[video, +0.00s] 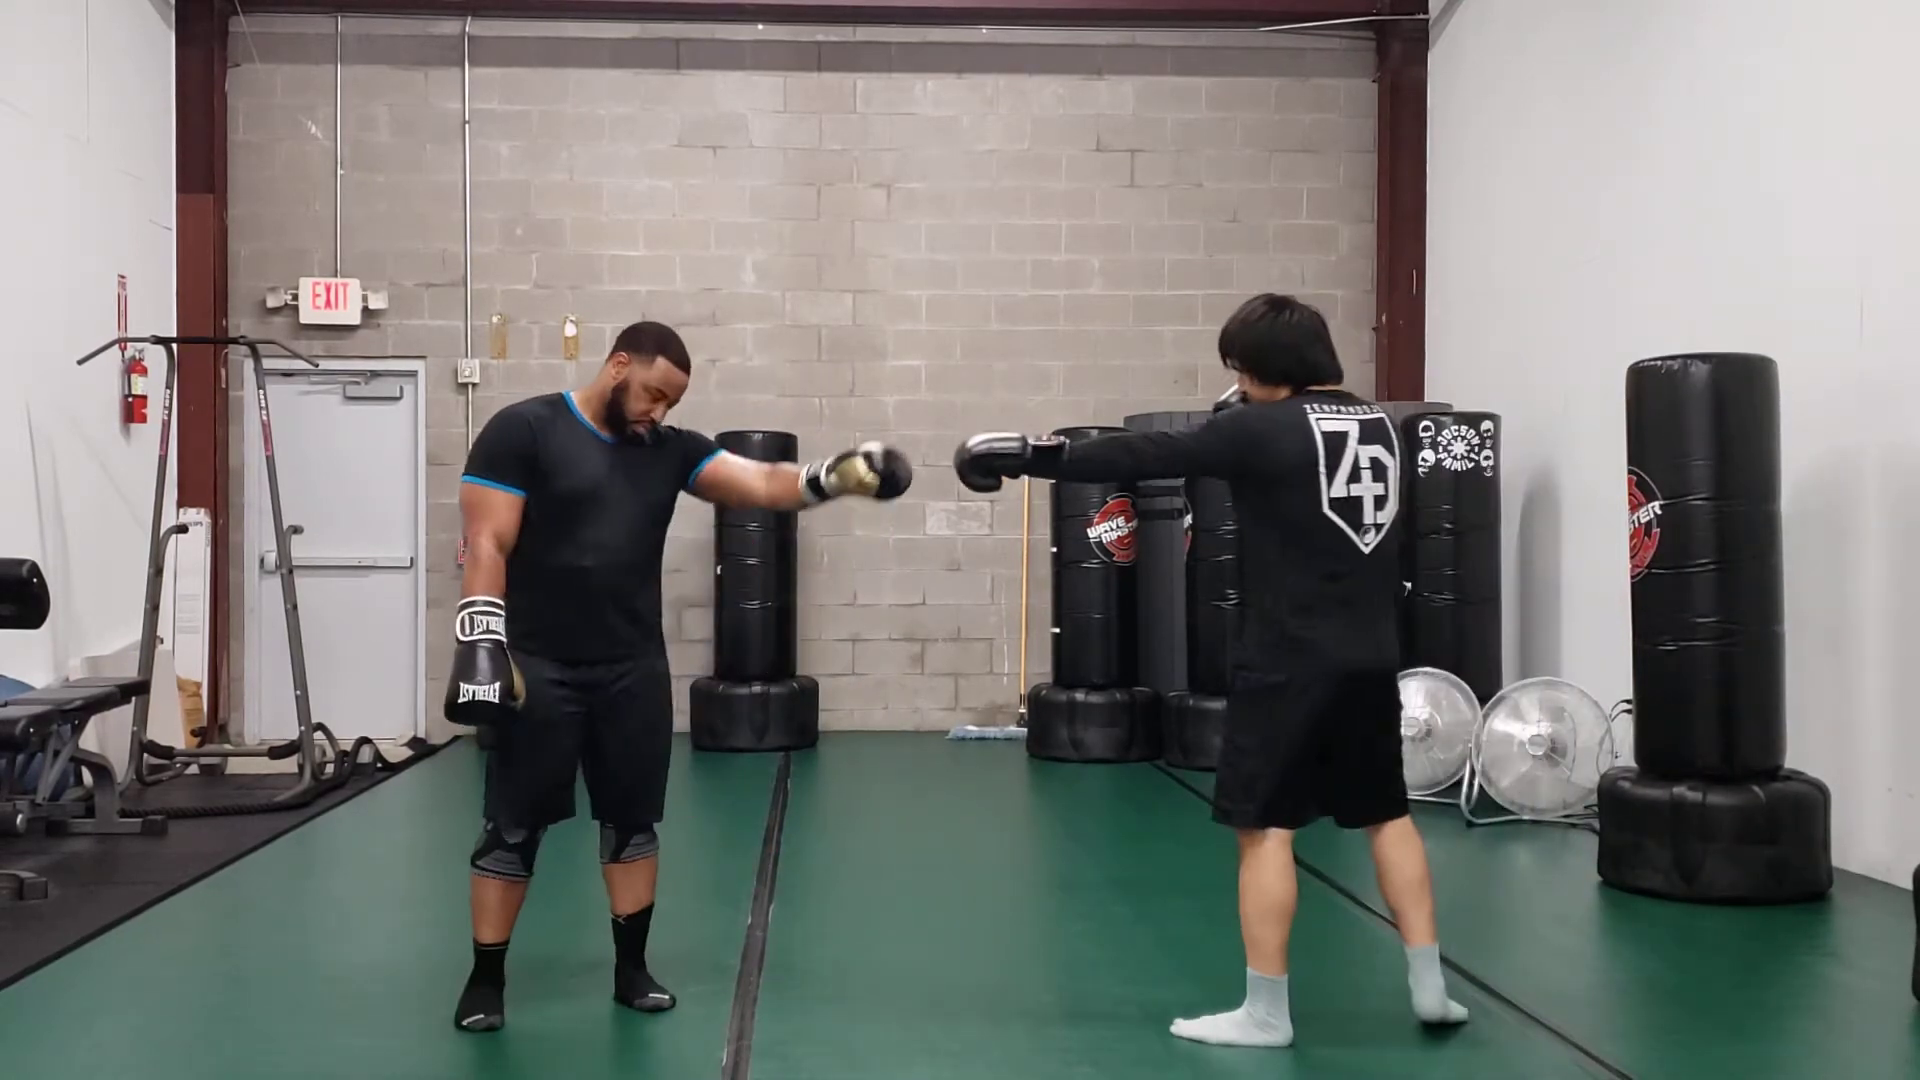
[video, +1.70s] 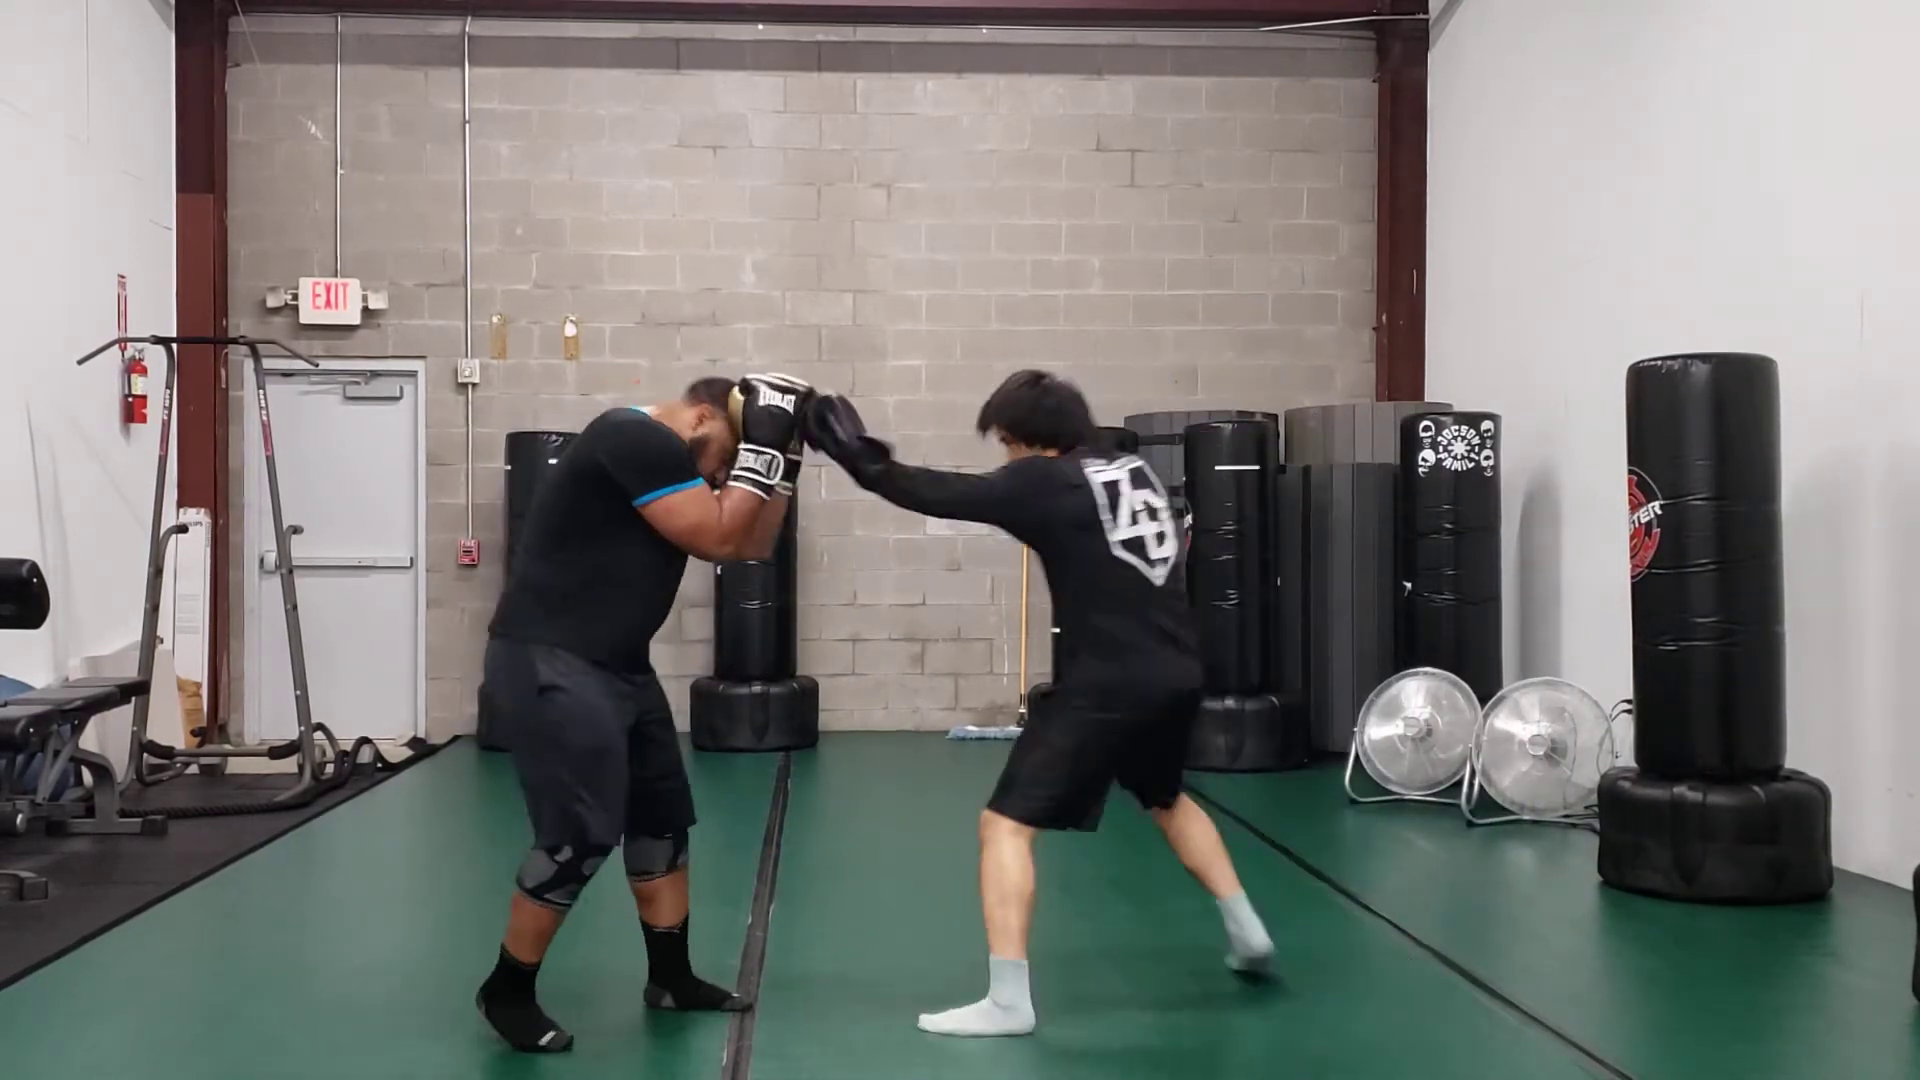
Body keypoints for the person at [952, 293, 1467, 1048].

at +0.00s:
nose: (1236, 385)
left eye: (1240, 372)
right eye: (1235, 372)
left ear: (1270, 371)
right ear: (1318, 363)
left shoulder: (1261, 430)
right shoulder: (1382, 426)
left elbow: (1154, 451)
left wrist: (1048, 456)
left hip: (1286, 667)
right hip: (1369, 663)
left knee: (1264, 828)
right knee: (1389, 814)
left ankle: (1265, 1013)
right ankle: (1430, 986)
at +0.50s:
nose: (1190, 403)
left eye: (1192, 388)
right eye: (1186, 389)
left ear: (1226, 378)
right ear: (1261, 370)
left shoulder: (1243, 439)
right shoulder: (1329, 426)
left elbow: (1192, 532)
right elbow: (1276, 525)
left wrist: (1093, 497)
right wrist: (1163, 514)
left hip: (1268, 664)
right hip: (1342, 655)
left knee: (1256, 828)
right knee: (1359, 808)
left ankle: (1265, 1013)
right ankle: (1405, 973)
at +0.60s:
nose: (1192, 414)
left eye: (1194, 398)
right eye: (1187, 400)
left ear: (1232, 388)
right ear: (1253, 381)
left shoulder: (1267, 445)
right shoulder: (1318, 426)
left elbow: (1277, 547)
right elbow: (1301, 535)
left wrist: (1179, 534)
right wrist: (1214, 503)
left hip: (1274, 669)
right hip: (1340, 662)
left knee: (1241, 827)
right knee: (1349, 817)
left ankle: (1263, 1012)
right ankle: (1397, 983)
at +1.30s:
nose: (1096, 454)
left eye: (1100, 439)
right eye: (1092, 441)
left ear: (1134, 427)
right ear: (1157, 420)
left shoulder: (1173, 471)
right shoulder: (1211, 452)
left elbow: (1172, 566)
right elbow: (1200, 550)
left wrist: (1091, 553)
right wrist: (1121, 518)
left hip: (1219, 670)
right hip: (1270, 665)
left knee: (1135, 814)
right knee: (1240, 801)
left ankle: (1168, 994)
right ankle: (1297, 955)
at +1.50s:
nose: (1079, 456)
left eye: (1084, 441)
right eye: (1076, 442)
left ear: (1118, 435)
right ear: (1141, 429)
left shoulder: (1150, 478)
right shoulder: (1191, 465)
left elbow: (1133, 564)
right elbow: (1174, 557)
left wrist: (1063, 552)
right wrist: (1094, 529)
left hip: (1181, 676)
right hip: (1229, 676)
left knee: (1051, 792)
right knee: (1218, 816)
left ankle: (1086, 960)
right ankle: (1296, 961)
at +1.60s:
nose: (1044, 450)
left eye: (1047, 435)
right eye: (1040, 437)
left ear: (1081, 427)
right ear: (1108, 420)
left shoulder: (1103, 469)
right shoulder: (1167, 461)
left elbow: (1031, 533)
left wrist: (959, 493)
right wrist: (997, 500)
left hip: (1144, 670)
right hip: (1201, 668)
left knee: (1033, 803)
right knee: (1207, 812)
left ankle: (1009, 980)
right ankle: (1291, 955)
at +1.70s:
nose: (1002, 458)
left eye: (1005, 445)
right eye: (1001, 446)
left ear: (1036, 441)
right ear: (1071, 432)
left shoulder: (1042, 487)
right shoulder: (1133, 467)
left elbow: (942, 493)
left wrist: (863, 460)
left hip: (1102, 681)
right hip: (1177, 676)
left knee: (1006, 822)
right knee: (1166, 793)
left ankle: (1009, 999)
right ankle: (1247, 928)